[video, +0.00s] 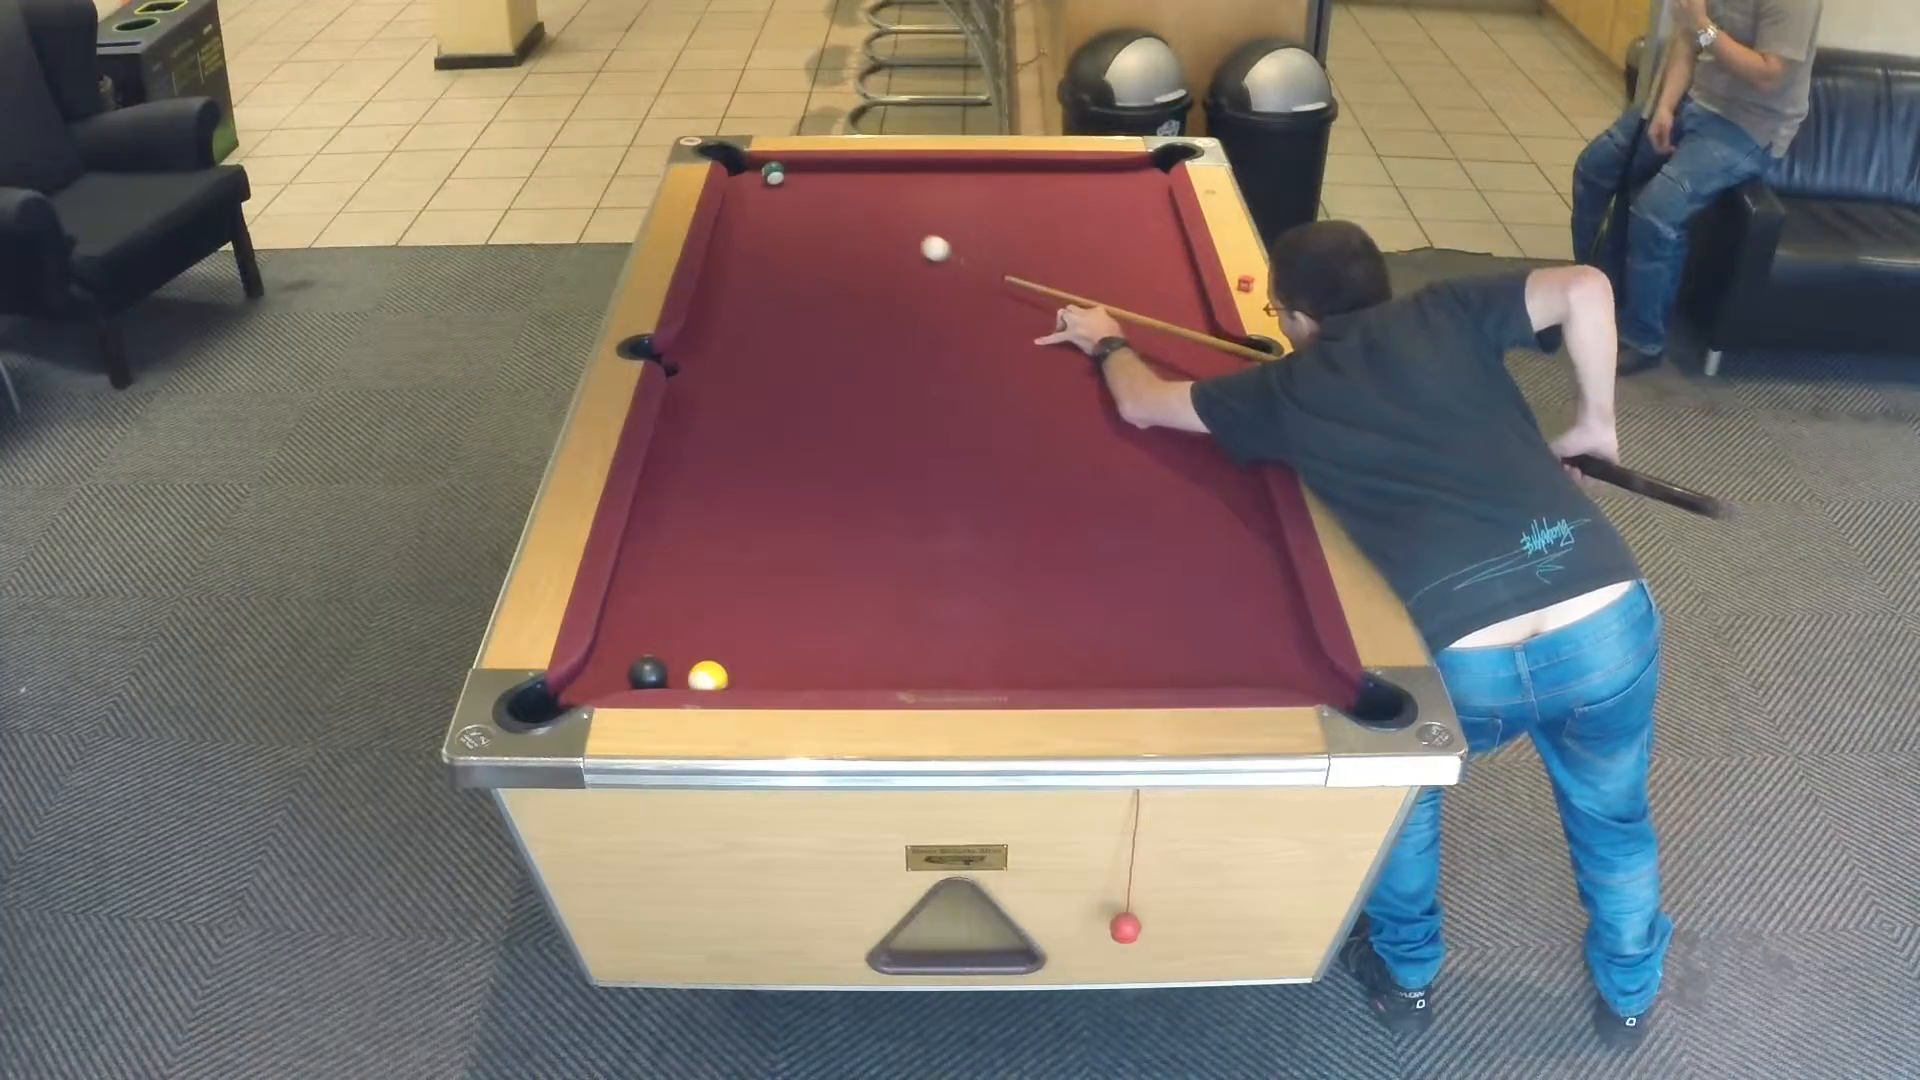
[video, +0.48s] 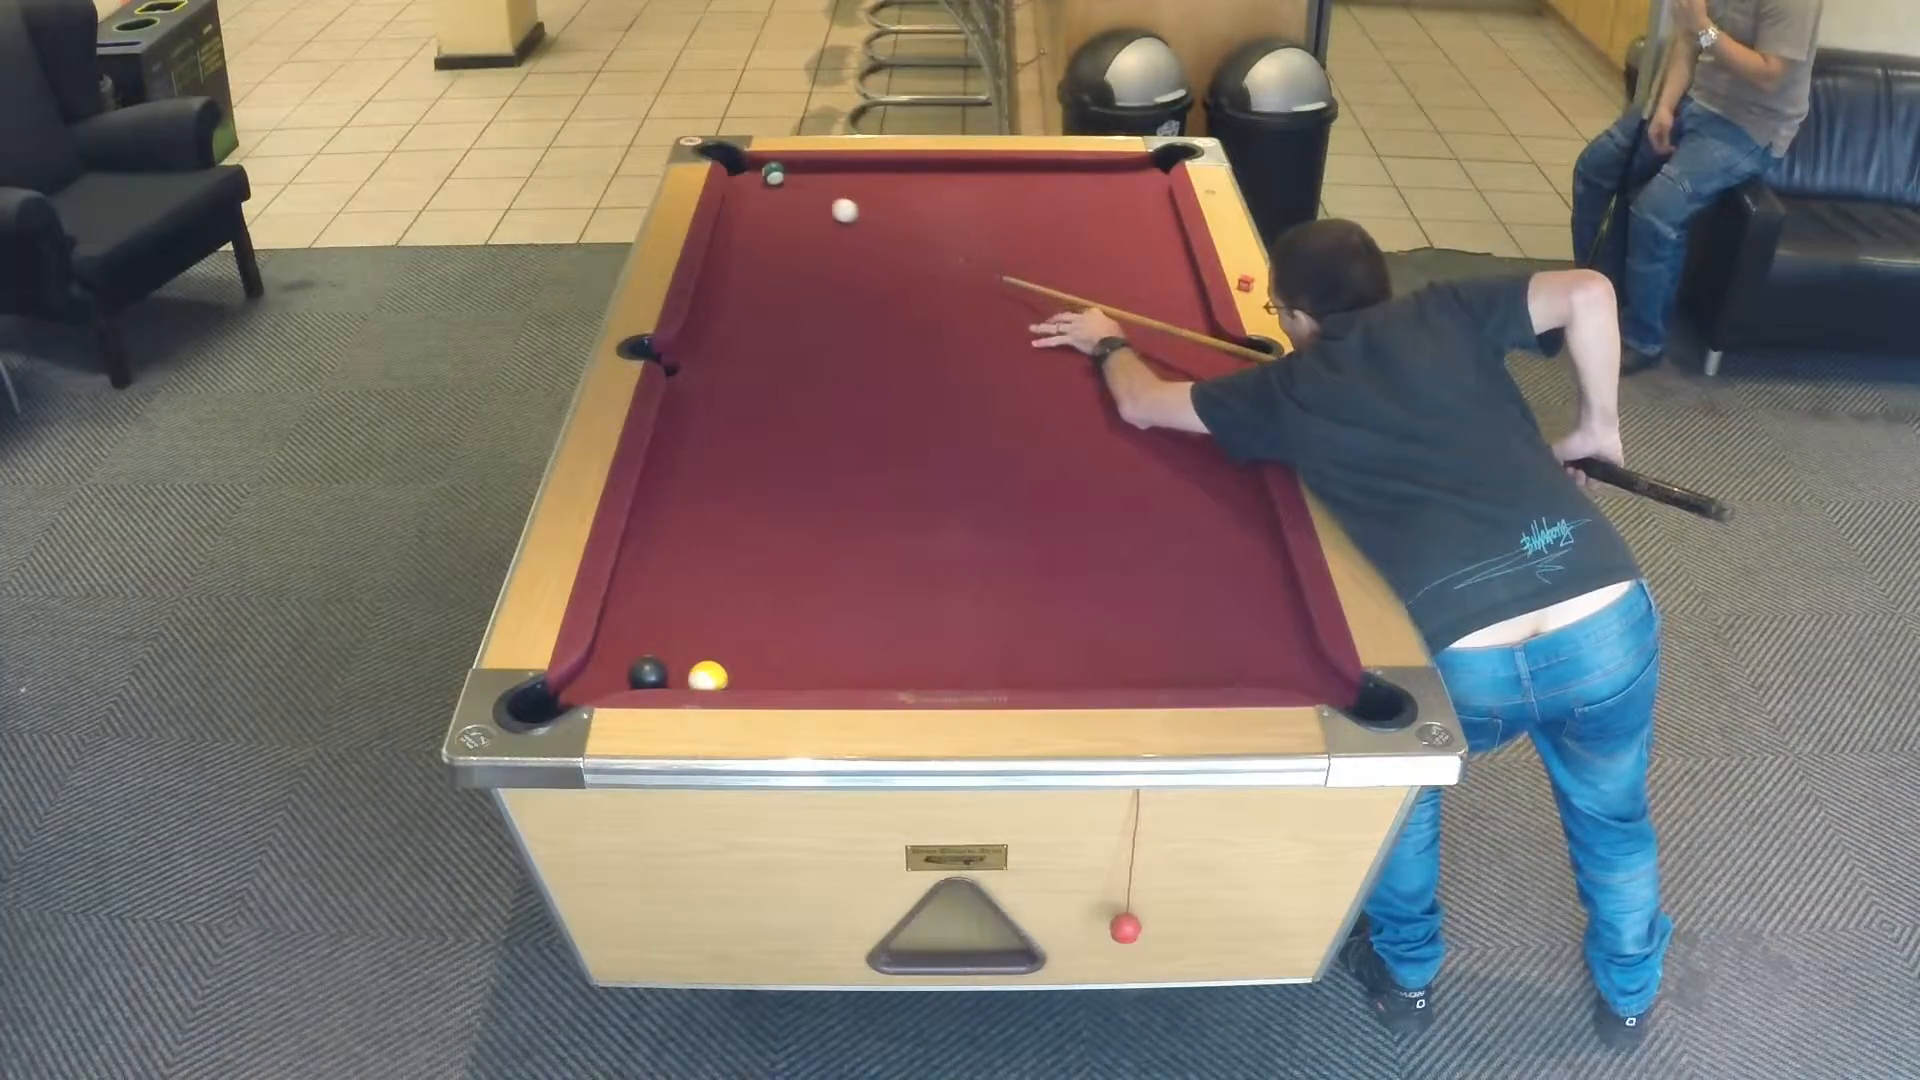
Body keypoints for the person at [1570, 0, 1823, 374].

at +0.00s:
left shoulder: (1791, 6)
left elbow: (1769, 76)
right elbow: (1686, 40)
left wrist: (1702, 27)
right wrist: (1666, 106)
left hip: (1746, 127)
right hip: (1689, 103)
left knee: (1654, 211)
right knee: (1594, 168)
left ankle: (1643, 342)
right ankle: (1589, 299)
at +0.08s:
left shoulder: (1791, 7)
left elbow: (1769, 76)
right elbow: (1686, 39)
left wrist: (1702, 27)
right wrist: (1666, 106)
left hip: (1746, 127)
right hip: (1689, 103)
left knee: (1654, 211)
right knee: (1595, 168)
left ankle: (1643, 342)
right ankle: (1590, 299)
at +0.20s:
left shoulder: (1791, 7)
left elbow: (1769, 76)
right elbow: (1686, 39)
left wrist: (1702, 27)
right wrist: (1666, 106)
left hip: (1746, 127)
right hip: (1689, 103)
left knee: (1654, 211)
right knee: (1594, 168)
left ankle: (1643, 342)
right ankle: (1590, 299)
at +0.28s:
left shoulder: (1791, 7)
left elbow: (1770, 76)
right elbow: (1687, 40)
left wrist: (1702, 27)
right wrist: (1666, 106)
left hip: (1746, 127)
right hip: (1689, 103)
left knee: (1654, 211)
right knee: (1594, 168)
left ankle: (1642, 341)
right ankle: (1591, 300)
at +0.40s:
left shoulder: (1792, 6)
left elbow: (1770, 76)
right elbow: (1686, 40)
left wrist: (1703, 28)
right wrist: (1665, 106)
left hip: (1747, 127)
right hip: (1689, 103)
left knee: (1653, 210)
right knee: (1595, 168)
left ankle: (1642, 341)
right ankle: (1591, 301)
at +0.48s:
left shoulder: (1792, 6)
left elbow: (1770, 76)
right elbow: (1686, 40)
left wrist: (1703, 29)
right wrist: (1665, 106)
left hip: (1746, 128)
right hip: (1689, 103)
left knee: (1653, 211)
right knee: (1595, 168)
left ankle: (1643, 342)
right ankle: (1591, 301)